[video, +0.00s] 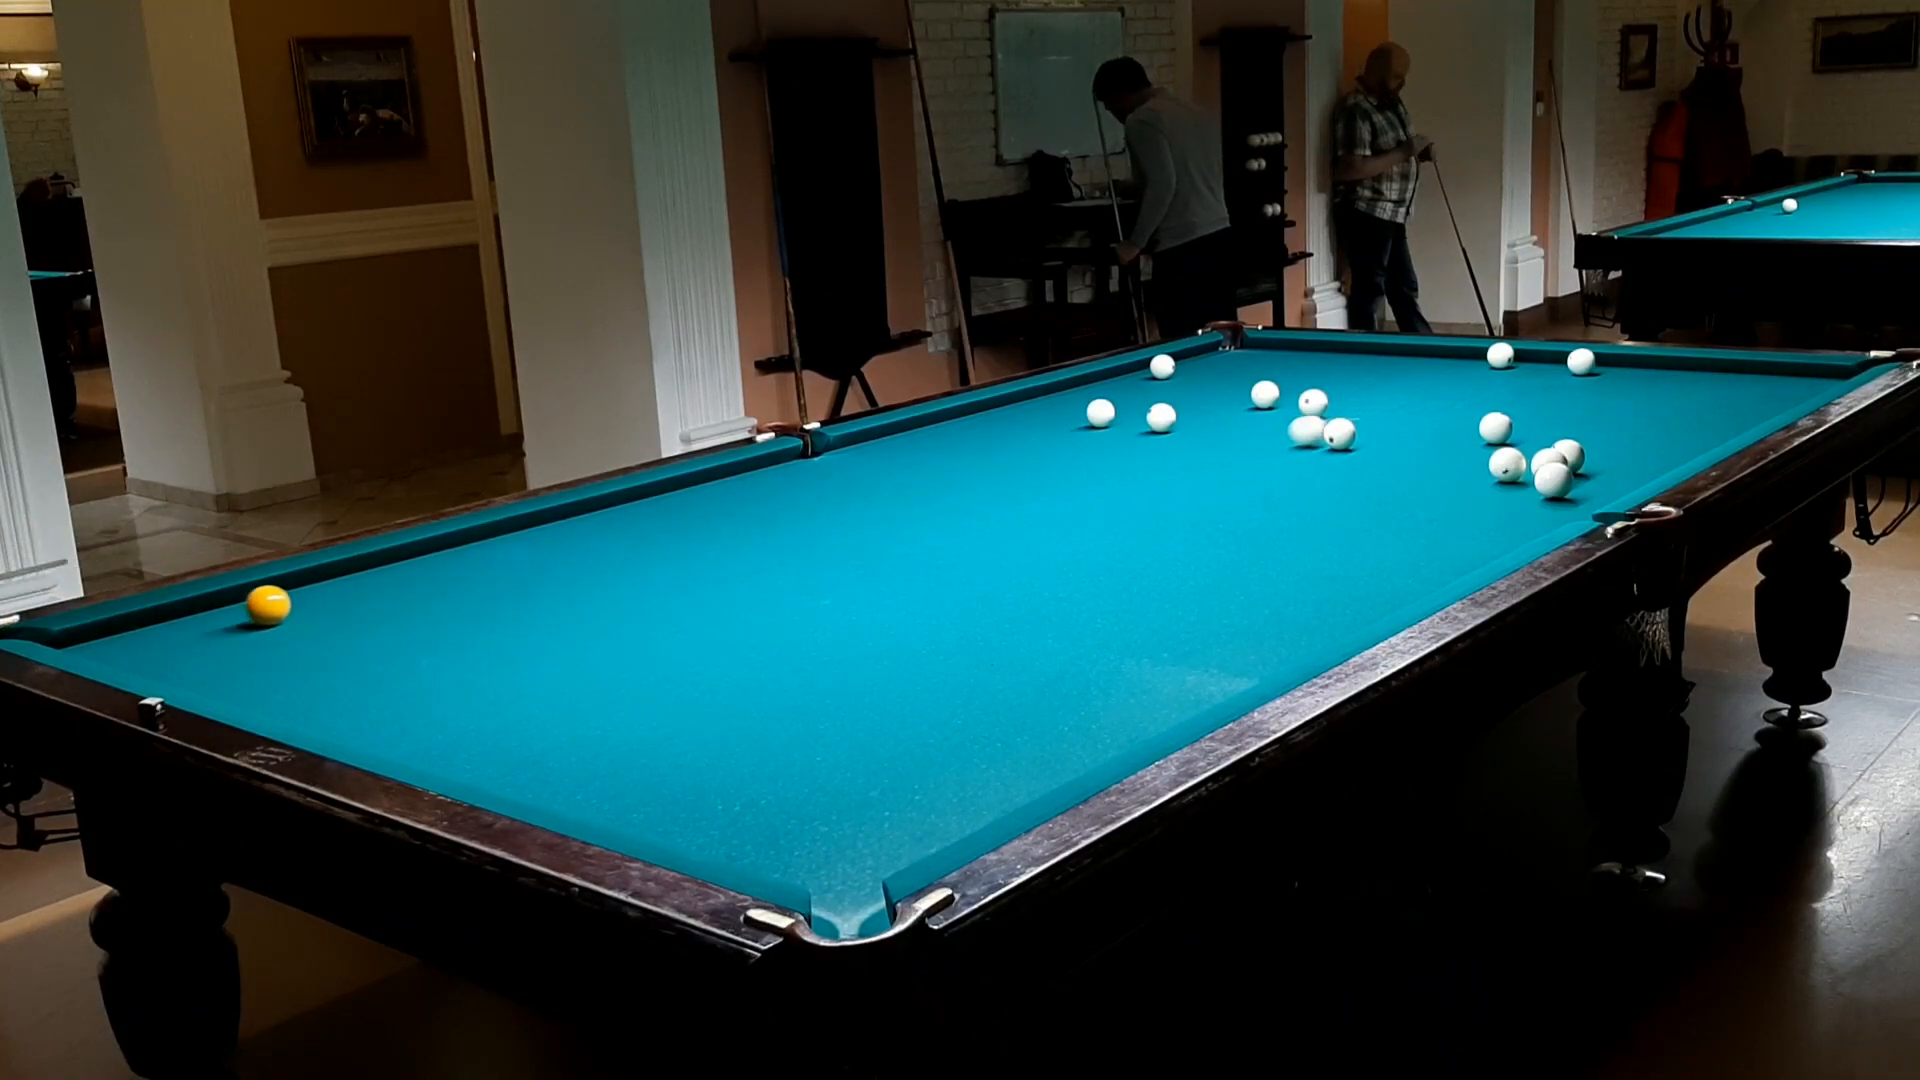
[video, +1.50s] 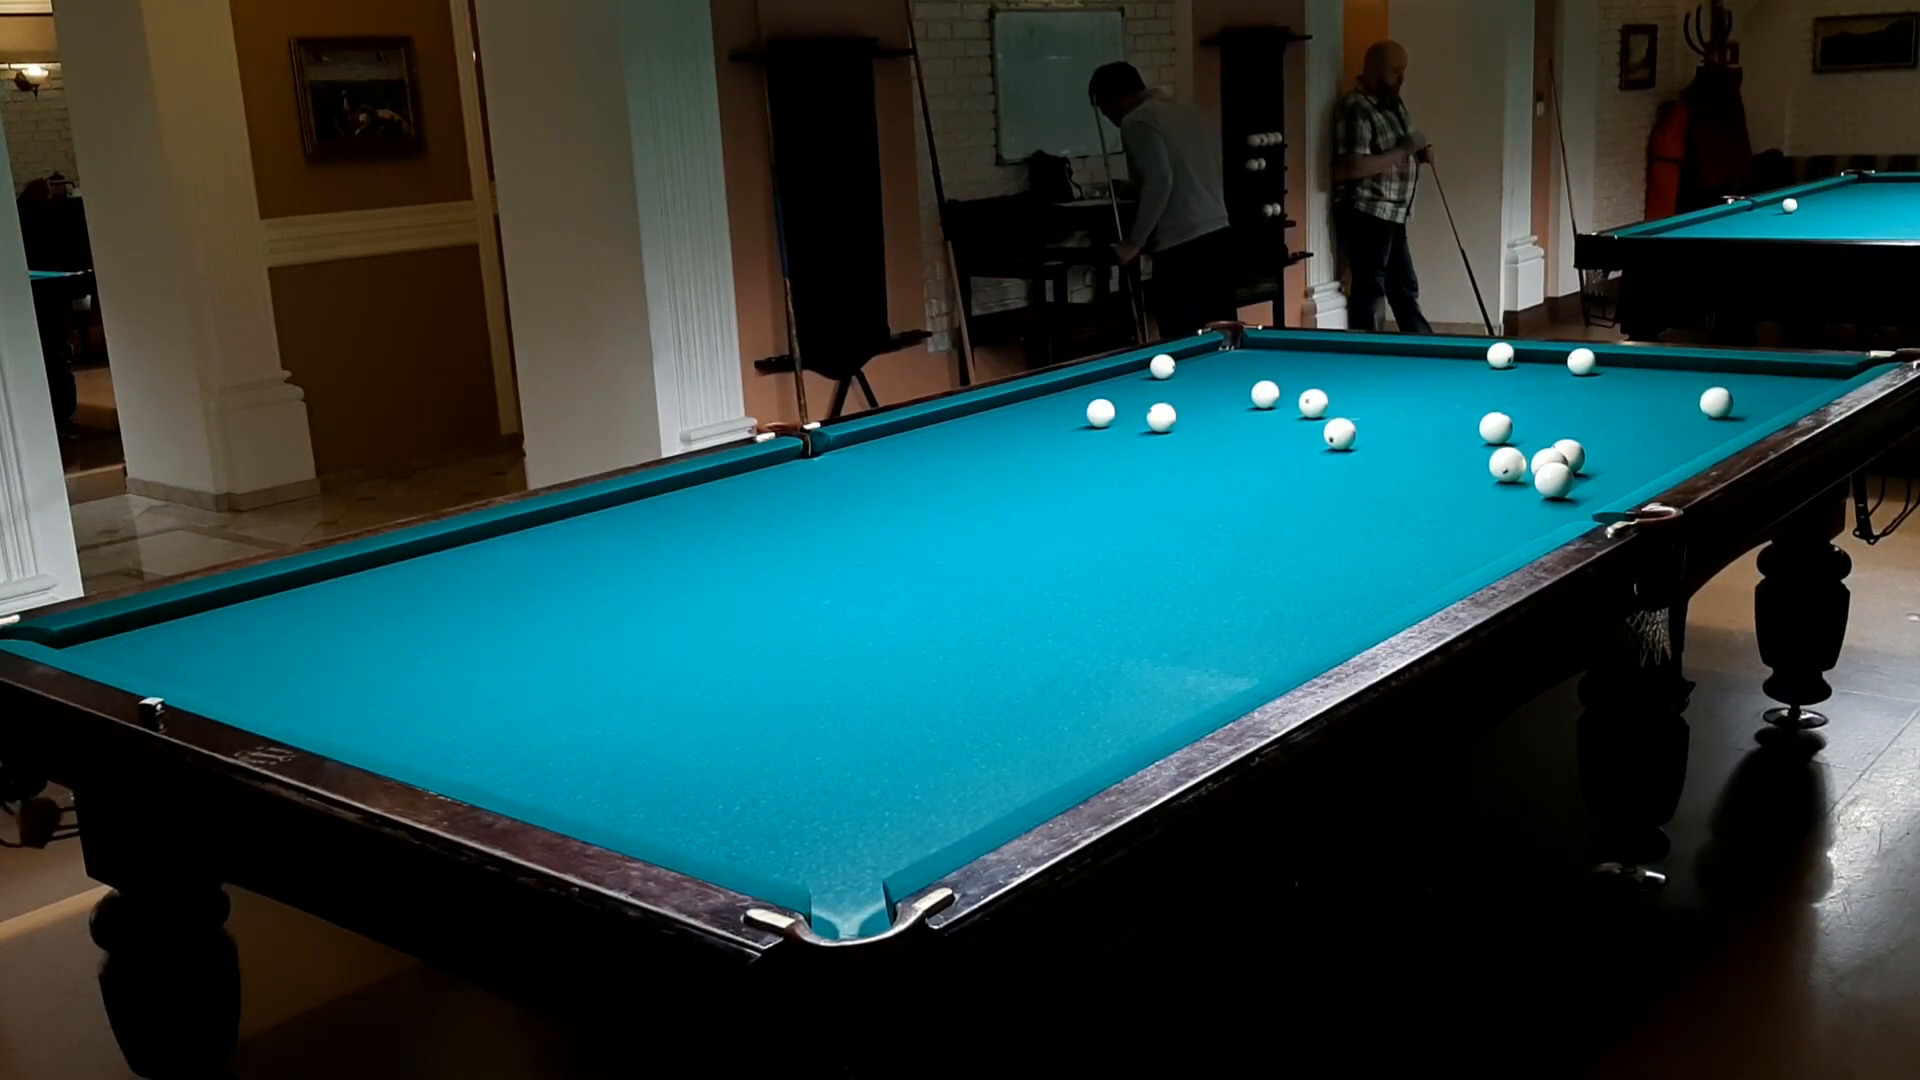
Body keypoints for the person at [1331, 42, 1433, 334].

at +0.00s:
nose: (1402, 84)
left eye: (1404, 77)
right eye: (1397, 77)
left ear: (1401, 74)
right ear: (1377, 73)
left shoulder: (1393, 104)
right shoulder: (1354, 108)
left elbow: (1389, 155)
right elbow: (1350, 169)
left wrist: (1418, 154)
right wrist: (1402, 153)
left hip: (1390, 217)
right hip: (1363, 216)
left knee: (1404, 289)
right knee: (1366, 292)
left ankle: (1425, 353)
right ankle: (1363, 359)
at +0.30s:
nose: (1403, 83)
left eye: (1404, 76)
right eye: (1397, 76)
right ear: (1377, 72)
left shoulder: (1394, 105)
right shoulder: (1355, 107)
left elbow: (1391, 156)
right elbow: (1355, 167)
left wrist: (1420, 154)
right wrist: (1405, 151)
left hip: (1390, 217)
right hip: (1363, 216)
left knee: (1404, 290)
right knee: (1367, 292)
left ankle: (1425, 352)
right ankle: (1364, 359)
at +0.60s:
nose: (1403, 81)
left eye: (1404, 74)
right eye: (1397, 74)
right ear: (1377, 70)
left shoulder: (1393, 105)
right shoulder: (1354, 107)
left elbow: (1390, 156)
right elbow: (1351, 168)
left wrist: (1418, 156)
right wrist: (1399, 154)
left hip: (1390, 217)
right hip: (1363, 215)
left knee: (1404, 290)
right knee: (1366, 291)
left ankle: (1425, 353)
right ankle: (1363, 359)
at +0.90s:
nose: (1402, 80)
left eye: (1404, 73)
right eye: (1396, 73)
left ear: (1400, 72)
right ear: (1377, 70)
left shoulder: (1393, 104)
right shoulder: (1354, 107)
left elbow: (1390, 152)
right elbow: (1350, 167)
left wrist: (1416, 151)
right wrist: (1403, 154)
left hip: (1390, 216)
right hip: (1363, 215)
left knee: (1404, 289)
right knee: (1367, 291)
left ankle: (1425, 353)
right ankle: (1362, 358)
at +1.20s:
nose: (1402, 80)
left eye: (1404, 73)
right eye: (1396, 73)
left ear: (1401, 72)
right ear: (1376, 70)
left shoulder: (1393, 104)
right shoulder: (1354, 107)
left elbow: (1390, 154)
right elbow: (1350, 167)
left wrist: (1418, 155)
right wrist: (1399, 155)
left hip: (1390, 216)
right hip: (1363, 215)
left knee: (1404, 289)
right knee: (1366, 292)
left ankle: (1425, 353)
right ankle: (1363, 359)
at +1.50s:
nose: (1401, 78)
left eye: (1403, 71)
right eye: (1395, 71)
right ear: (1375, 70)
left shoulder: (1393, 104)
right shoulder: (1354, 106)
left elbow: (1389, 157)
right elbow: (1352, 167)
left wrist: (1417, 156)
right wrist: (1403, 151)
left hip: (1390, 217)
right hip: (1363, 215)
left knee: (1404, 289)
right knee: (1366, 292)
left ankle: (1426, 353)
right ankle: (1363, 359)